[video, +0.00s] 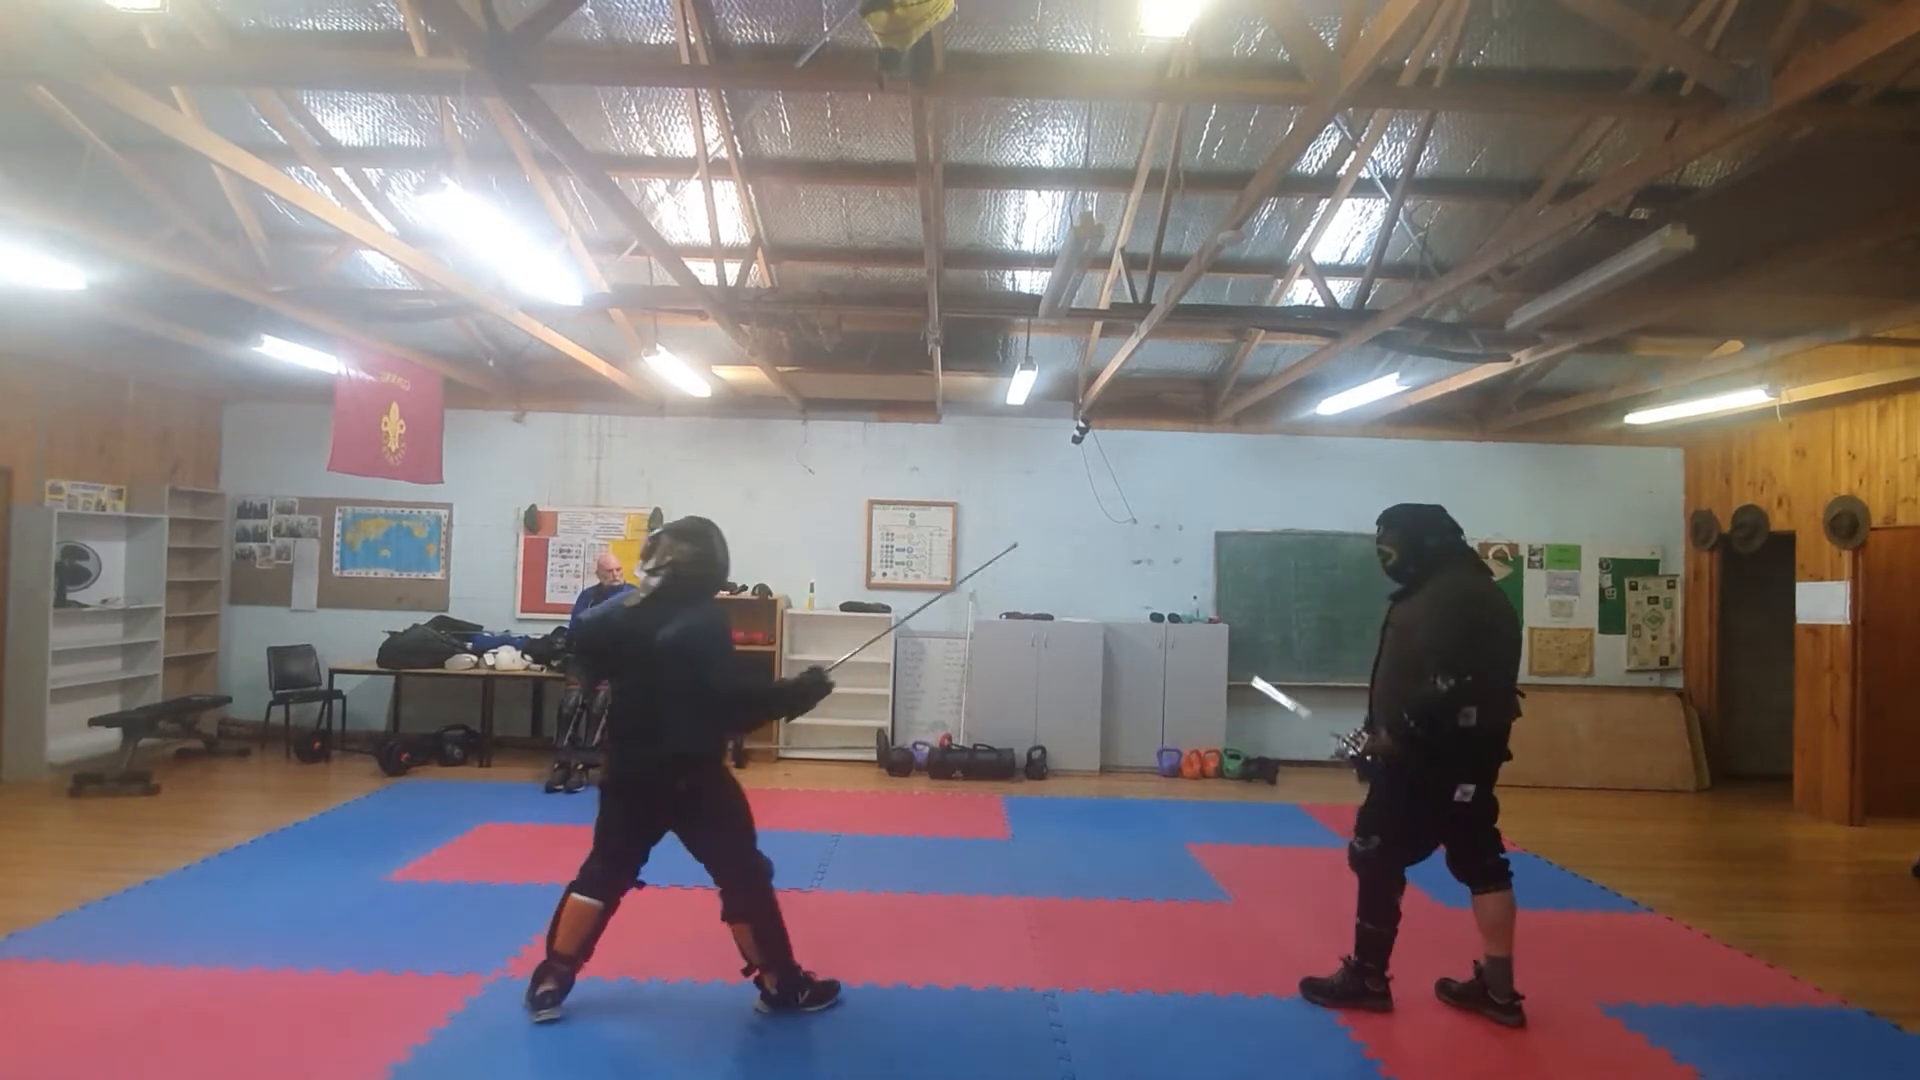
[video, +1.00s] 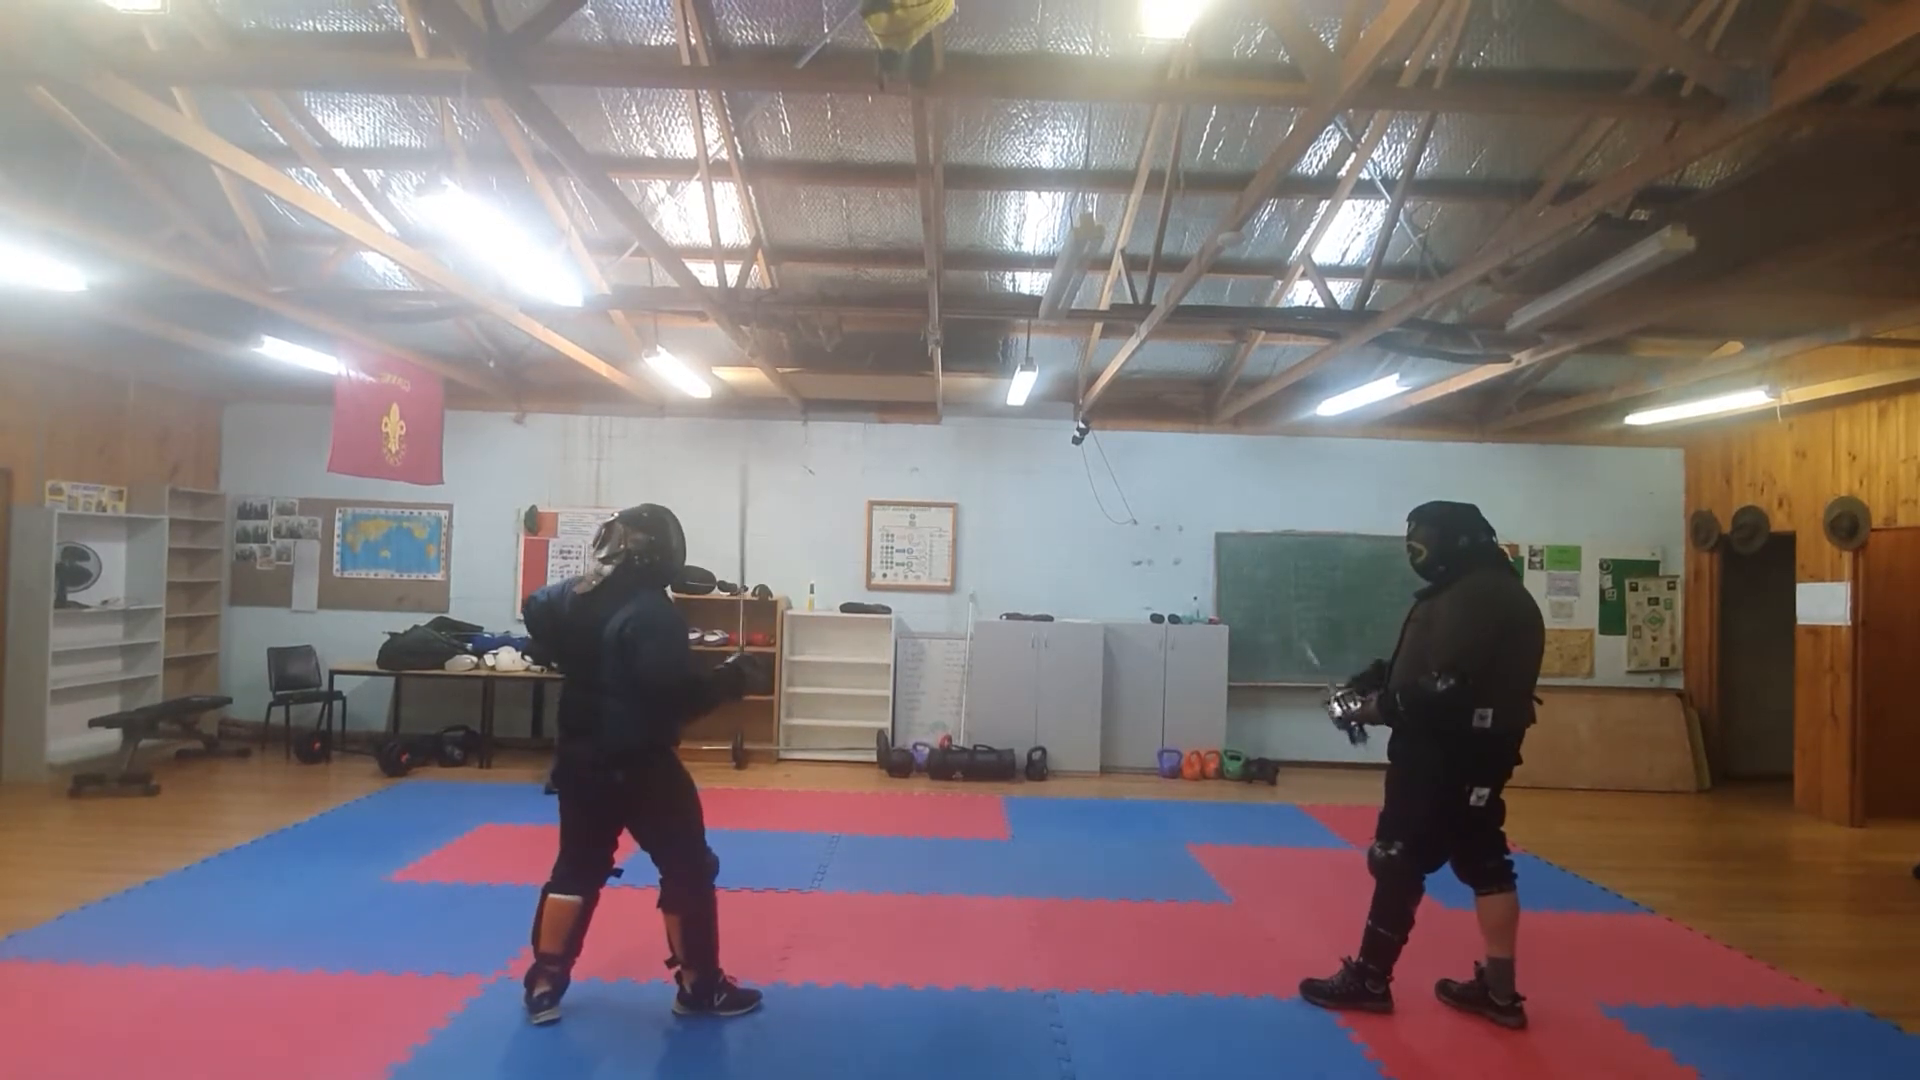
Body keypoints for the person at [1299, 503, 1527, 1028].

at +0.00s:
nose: (1384, 561)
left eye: (1390, 550)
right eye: (1382, 551)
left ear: (1421, 542)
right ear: (1433, 540)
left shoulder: (1446, 597)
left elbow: (1474, 693)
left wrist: (1397, 736)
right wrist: (1377, 733)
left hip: (1416, 763)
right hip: (1469, 764)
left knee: (1377, 857)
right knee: (1483, 864)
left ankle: (1367, 976)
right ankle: (1497, 985)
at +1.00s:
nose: (1416, 559)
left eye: (1422, 547)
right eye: (1413, 549)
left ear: (1455, 542)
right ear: (1466, 542)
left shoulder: (1470, 599)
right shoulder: (1503, 594)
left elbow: (1449, 689)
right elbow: (1426, 660)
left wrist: (1379, 708)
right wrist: (1374, 681)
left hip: (1435, 761)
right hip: (1483, 762)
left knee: (1398, 861)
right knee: (1487, 864)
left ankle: (1370, 976)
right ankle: (1498, 987)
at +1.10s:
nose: (1415, 559)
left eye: (1421, 548)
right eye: (1413, 549)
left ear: (1454, 543)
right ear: (1470, 543)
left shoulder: (1460, 600)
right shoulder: (1513, 600)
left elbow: (1438, 691)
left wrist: (1371, 710)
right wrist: (1372, 704)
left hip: (1433, 760)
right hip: (1485, 762)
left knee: (1395, 860)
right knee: (1487, 864)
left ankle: (1369, 976)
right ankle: (1499, 988)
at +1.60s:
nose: (1373, 565)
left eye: (1378, 554)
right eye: (1371, 555)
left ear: (1406, 548)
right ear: (1428, 544)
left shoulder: (1405, 610)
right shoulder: (1478, 600)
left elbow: (1378, 698)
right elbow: (1476, 694)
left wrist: (1302, 700)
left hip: (1398, 760)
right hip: (1459, 761)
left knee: (1352, 850)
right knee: (1470, 864)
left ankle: (1346, 970)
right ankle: (1498, 989)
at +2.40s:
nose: (1367, 569)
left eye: (1372, 558)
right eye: (1365, 559)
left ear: (1399, 555)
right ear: (1421, 551)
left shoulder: (1404, 610)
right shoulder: (1472, 603)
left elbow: (1370, 684)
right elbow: (1472, 689)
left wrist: (1282, 690)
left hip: (1397, 758)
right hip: (1456, 757)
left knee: (1340, 844)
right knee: (1476, 857)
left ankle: (1343, 970)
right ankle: (1512, 973)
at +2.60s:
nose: (1390, 567)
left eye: (1395, 556)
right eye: (1387, 556)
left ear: (1424, 552)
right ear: (1448, 550)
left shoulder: (1427, 607)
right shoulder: (1496, 603)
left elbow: (1386, 675)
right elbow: (1497, 690)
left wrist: (1296, 681)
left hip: (1419, 756)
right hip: (1478, 756)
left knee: (1369, 848)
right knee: (1492, 857)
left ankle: (1348, 968)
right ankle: (1514, 974)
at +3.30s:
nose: (1356, 564)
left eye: (1361, 553)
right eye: (1354, 554)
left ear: (1393, 548)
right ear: (1416, 546)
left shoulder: (1391, 606)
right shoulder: (1469, 598)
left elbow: (1325, 651)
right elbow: (1469, 684)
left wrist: (1238, 641)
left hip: (1391, 752)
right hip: (1455, 751)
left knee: (1342, 846)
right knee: (1462, 852)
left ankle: (1344, 969)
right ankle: (1511, 970)